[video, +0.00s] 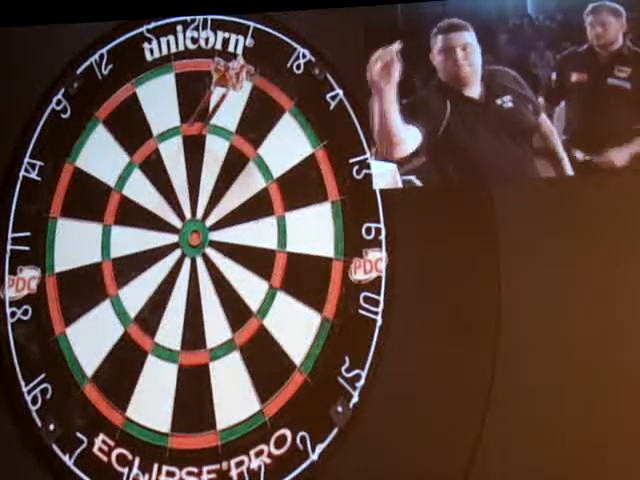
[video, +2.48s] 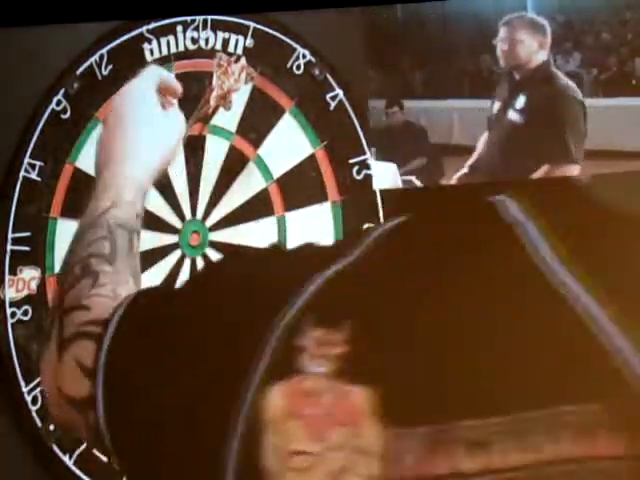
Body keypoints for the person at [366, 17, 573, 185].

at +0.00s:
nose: (459, 58)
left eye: (466, 48)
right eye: (447, 52)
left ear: (479, 52)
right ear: (434, 61)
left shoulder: (504, 81)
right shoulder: (432, 104)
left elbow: (543, 129)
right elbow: (393, 150)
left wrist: (569, 178)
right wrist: (385, 91)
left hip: (529, 203)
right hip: (470, 215)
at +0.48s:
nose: (458, 64)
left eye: (464, 53)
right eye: (446, 57)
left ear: (477, 56)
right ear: (431, 67)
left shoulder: (503, 83)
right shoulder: (435, 107)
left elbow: (542, 130)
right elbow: (402, 161)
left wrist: (568, 177)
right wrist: (416, 90)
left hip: (533, 202)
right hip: (474, 213)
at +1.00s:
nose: (470, 74)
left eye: (478, 63)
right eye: (456, 67)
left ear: (491, 64)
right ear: (441, 75)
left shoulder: (517, 90)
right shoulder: (439, 123)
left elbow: (559, 113)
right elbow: (424, 197)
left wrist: (619, 121)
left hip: (538, 214)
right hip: (477, 226)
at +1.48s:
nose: (574, 41)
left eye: (581, 34)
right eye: (568, 35)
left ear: (600, 36)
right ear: (561, 39)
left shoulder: (627, 77)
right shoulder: (547, 76)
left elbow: (637, 135)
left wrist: (609, 168)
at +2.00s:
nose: (519, 42)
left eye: (527, 35)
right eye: (515, 35)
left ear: (552, 39)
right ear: (510, 40)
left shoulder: (583, 81)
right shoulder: (503, 80)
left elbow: (601, 141)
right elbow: (490, 133)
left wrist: (538, 172)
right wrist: (498, 174)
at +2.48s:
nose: (502, 47)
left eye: (512, 41)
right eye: (500, 40)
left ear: (541, 45)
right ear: (496, 41)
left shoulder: (562, 93)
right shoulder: (509, 83)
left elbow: (567, 166)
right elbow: (492, 135)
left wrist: (519, 196)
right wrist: (465, 174)